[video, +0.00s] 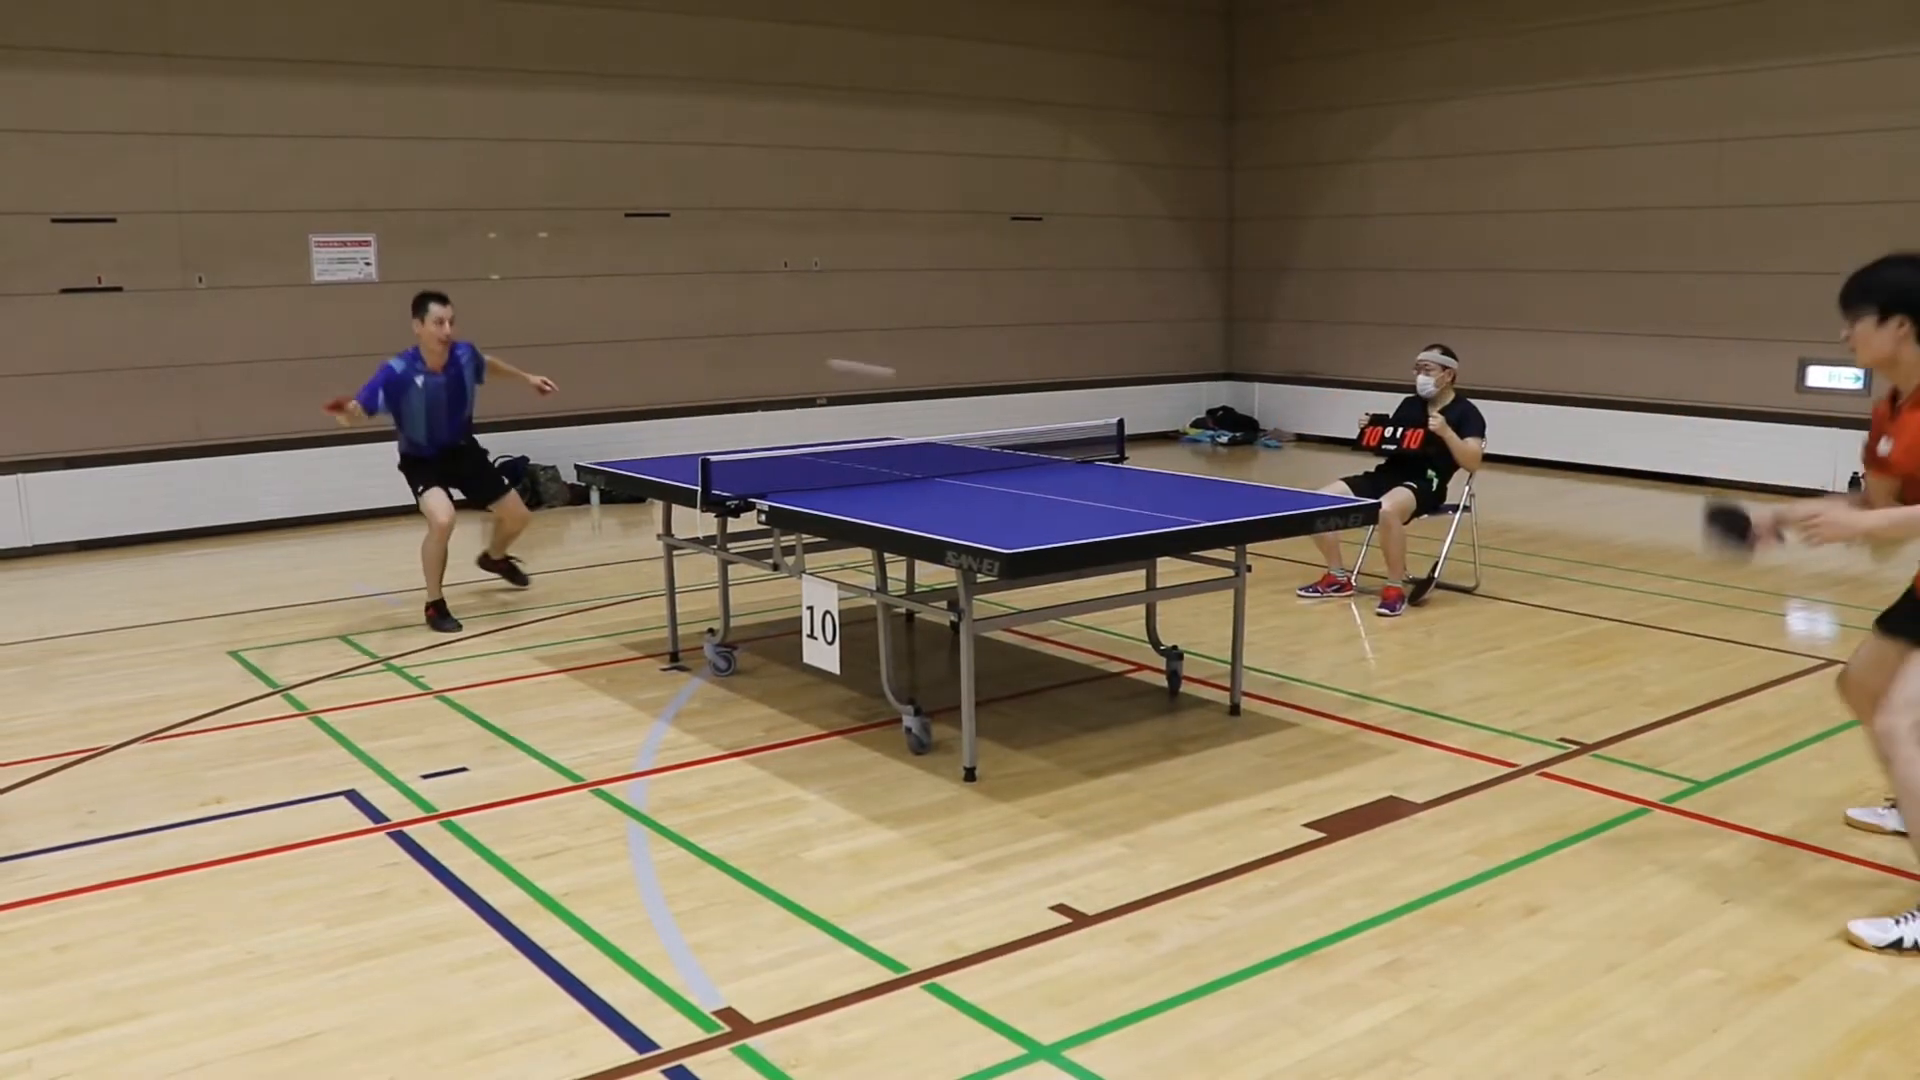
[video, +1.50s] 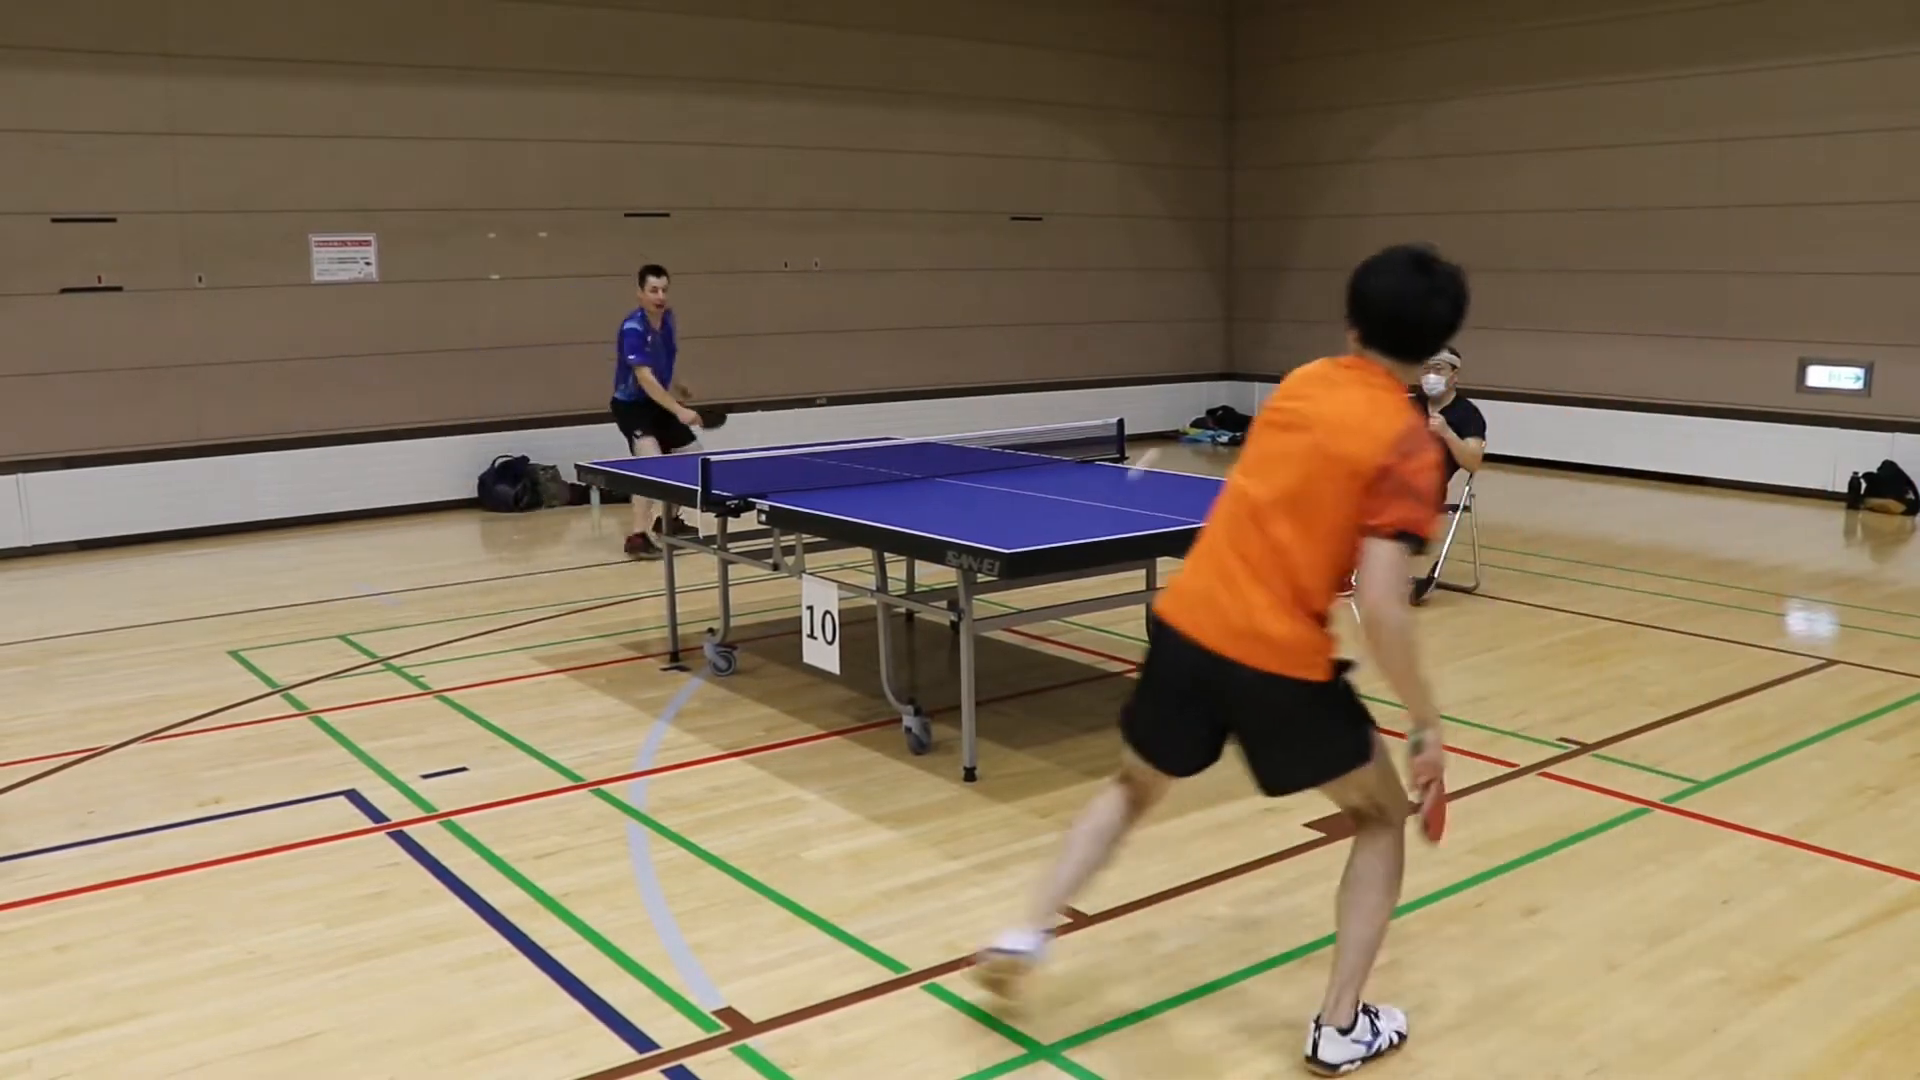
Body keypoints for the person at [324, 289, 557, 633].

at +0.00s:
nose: (447, 329)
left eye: (450, 322)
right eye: (439, 322)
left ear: (454, 324)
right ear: (418, 326)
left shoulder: (464, 355)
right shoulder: (398, 370)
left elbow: (488, 366)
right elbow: (360, 412)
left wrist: (528, 378)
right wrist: (347, 411)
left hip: (463, 451)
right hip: (421, 460)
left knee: (517, 516)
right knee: (442, 519)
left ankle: (494, 557)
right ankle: (435, 604)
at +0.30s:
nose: (449, 311)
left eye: (452, 304)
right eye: (441, 304)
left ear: (455, 307)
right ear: (419, 307)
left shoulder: (461, 349)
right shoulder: (395, 356)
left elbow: (484, 385)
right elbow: (366, 410)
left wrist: (522, 403)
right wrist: (393, 434)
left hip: (450, 452)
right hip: (408, 453)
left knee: (495, 528)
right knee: (408, 530)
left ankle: (472, 577)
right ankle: (360, 611)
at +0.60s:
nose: (487, 289)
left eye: (490, 282)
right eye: (479, 283)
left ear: (494, 286)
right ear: (458, 287)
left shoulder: (502, 322)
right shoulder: (442, 332)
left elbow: (512, 352)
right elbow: (415, 382)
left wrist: (536, 381)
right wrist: (455, 399)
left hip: (499, 422)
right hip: (458, 428)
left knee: (548, 488)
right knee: (462, 498)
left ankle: (533, 539)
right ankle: (436, 581)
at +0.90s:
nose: (575, 312)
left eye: (575, 304)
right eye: (567, 306)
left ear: (548, 310)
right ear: (547, 311)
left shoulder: (535, 330)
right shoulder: (558, 345)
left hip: (541, 439)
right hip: (525, 440)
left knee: (600, 481)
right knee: (526, 509)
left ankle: (581, 556)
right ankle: (474, 583)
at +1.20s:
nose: (631, 266)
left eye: (632, 260)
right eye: (624, 260)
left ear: (617, 264)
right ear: (606, 263)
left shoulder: (592, 291)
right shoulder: (615, 299)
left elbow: (571, 314)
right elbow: (620, 355)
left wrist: (565, 346)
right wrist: (642, 384)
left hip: (601, 389)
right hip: (606, 391)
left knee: (650, 452)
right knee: (634, 458)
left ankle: (632, 530)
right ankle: (625, 537)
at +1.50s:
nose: (660, 296)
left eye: (664, 290)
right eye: (653, 290)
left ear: (668, 292)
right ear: (640, 293)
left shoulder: (667, 319)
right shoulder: (633, 327)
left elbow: (666, 359)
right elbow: (645, 379)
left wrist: (676, 385)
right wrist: (678, 410)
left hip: (658, 399)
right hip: (631, 403)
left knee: (685, 455)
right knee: (651, 457)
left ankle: (670, 519)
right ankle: (638, 534)